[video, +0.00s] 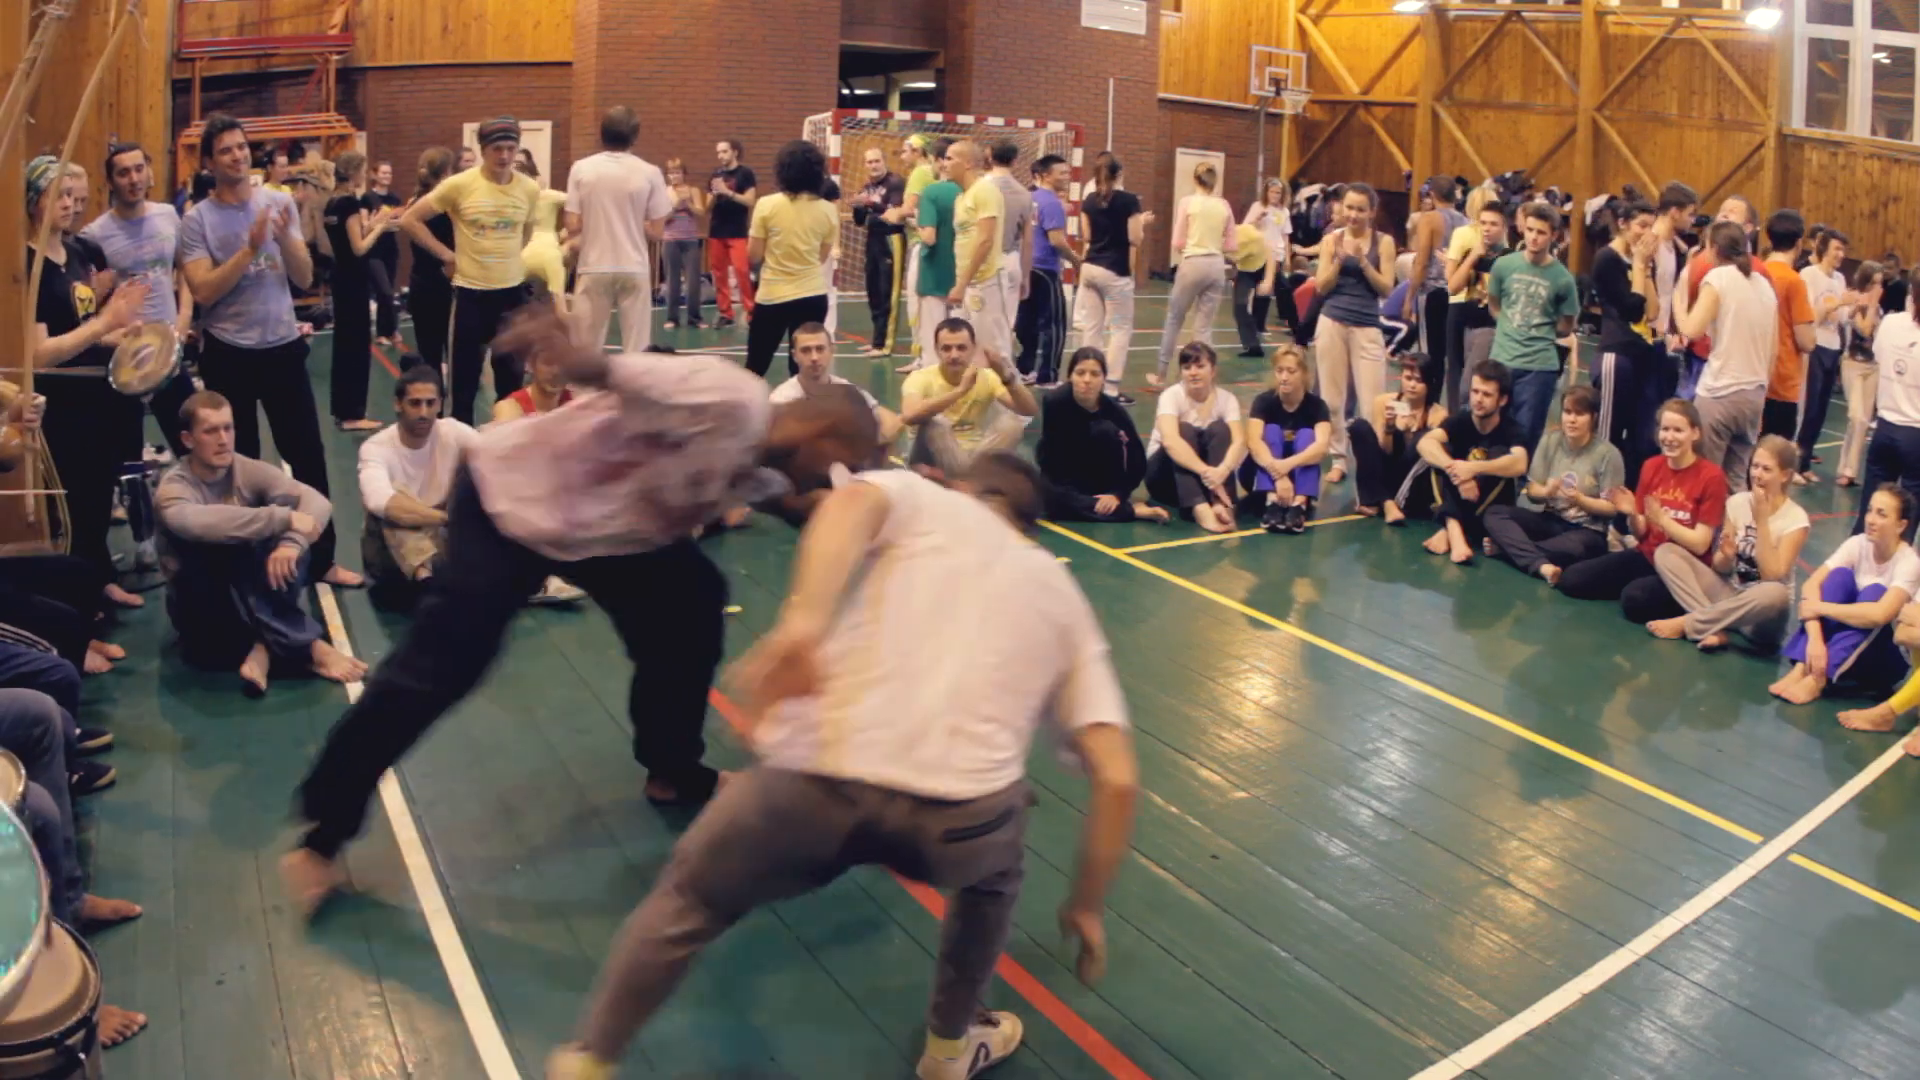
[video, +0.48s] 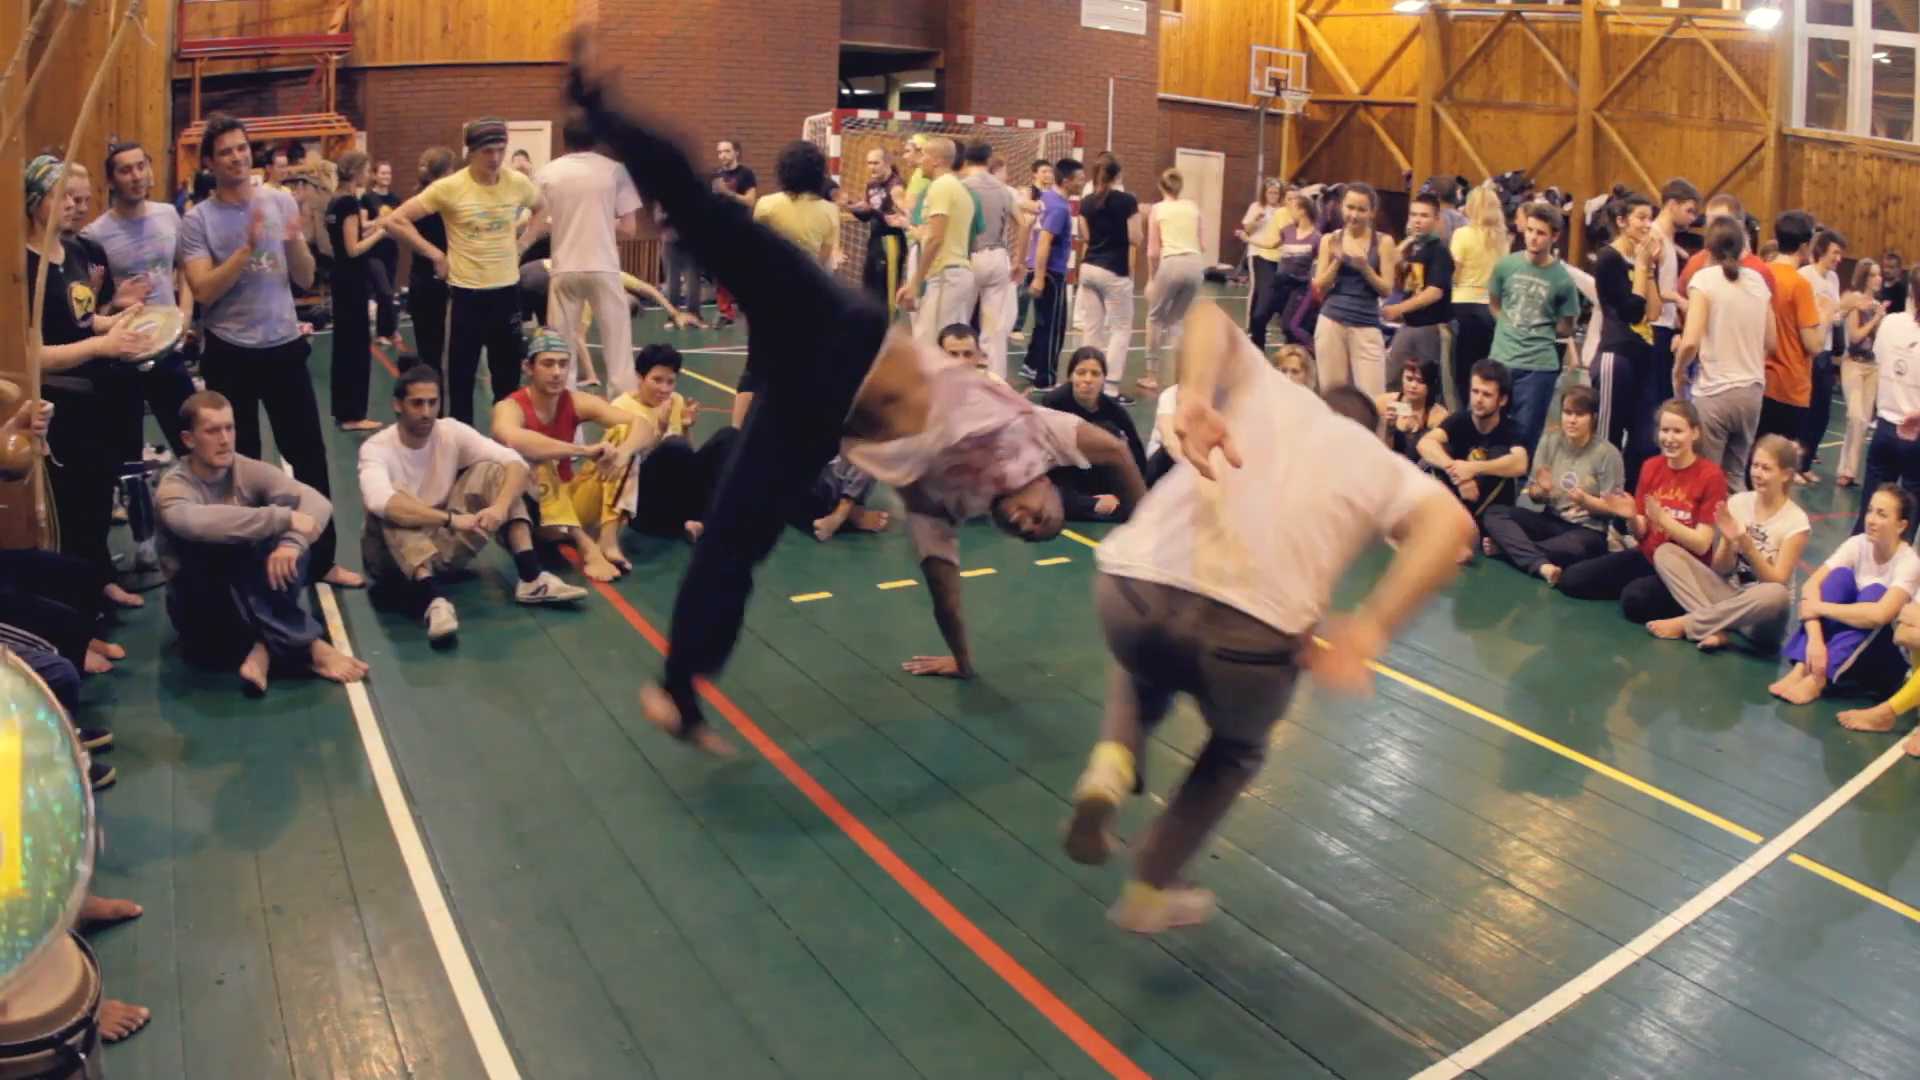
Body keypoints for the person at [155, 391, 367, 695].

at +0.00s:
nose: (223, 440)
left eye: (227, 429)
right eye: (211, 432)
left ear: (235, 430)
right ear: (187, 439)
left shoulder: (245, 469)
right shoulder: (174, 487)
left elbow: (316, 501)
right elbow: (192, 523)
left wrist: (292, 544)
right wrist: (285, 517)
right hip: (208, 615)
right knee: (215, 548)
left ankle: (264, 647)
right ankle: (312, 646)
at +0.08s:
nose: (223, 440)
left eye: (227, 429)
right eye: (211, 432)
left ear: (235, 430)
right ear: (188, 439)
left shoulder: (245, 469)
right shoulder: (174, 487)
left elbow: (316, 502)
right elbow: (192, 523)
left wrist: (291, 543)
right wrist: (285, 517)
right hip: (208, 617)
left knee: (306, 533)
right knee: (214, 548)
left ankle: (265, 647)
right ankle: (312, 646)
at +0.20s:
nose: (223, 440)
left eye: (228, 429)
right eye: (211, 431)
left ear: (235, 430)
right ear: (188, 439)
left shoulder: (245, 469)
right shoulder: (174, 486)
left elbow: (316, 501)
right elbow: (191, 523)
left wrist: (292, 544)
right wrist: (285, 517)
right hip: (208, 616)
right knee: (214, 548)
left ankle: (265, 647)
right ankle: (311, 646)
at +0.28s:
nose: (224, 439)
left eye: (228, 429)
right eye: (212, 431)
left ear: (235, 430)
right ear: (187, 439)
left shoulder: (244, 469)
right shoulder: (174, 487)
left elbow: (317, 501)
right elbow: (192, 523)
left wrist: (291, 543)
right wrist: (285, 517)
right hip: (208, 617)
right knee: (215, 548)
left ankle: (264, 647)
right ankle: (313, 647)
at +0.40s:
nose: (224, 439)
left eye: (228, 429)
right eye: (212, 431)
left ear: (235, 430)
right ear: (188, 439)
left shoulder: (245, 469)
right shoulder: (175, 486)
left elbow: (316, 502)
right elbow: (192, 524)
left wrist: (292, 543)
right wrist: (284, 517)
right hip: (209, 616)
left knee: (301, 534)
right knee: (214, 546)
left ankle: (265, 646)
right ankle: (310, 646)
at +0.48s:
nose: (224, 439)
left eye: (229, 429)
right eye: (212, 431)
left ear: (236, 430)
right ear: (188, 439)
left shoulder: (245, 469)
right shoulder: (174, 488)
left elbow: (316, 502)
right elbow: (193, 524)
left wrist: (292, 543)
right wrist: (285, 517)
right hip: (209, 618)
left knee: (306, 534)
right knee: (215, 547)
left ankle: (266, 646)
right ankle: (310, 645)